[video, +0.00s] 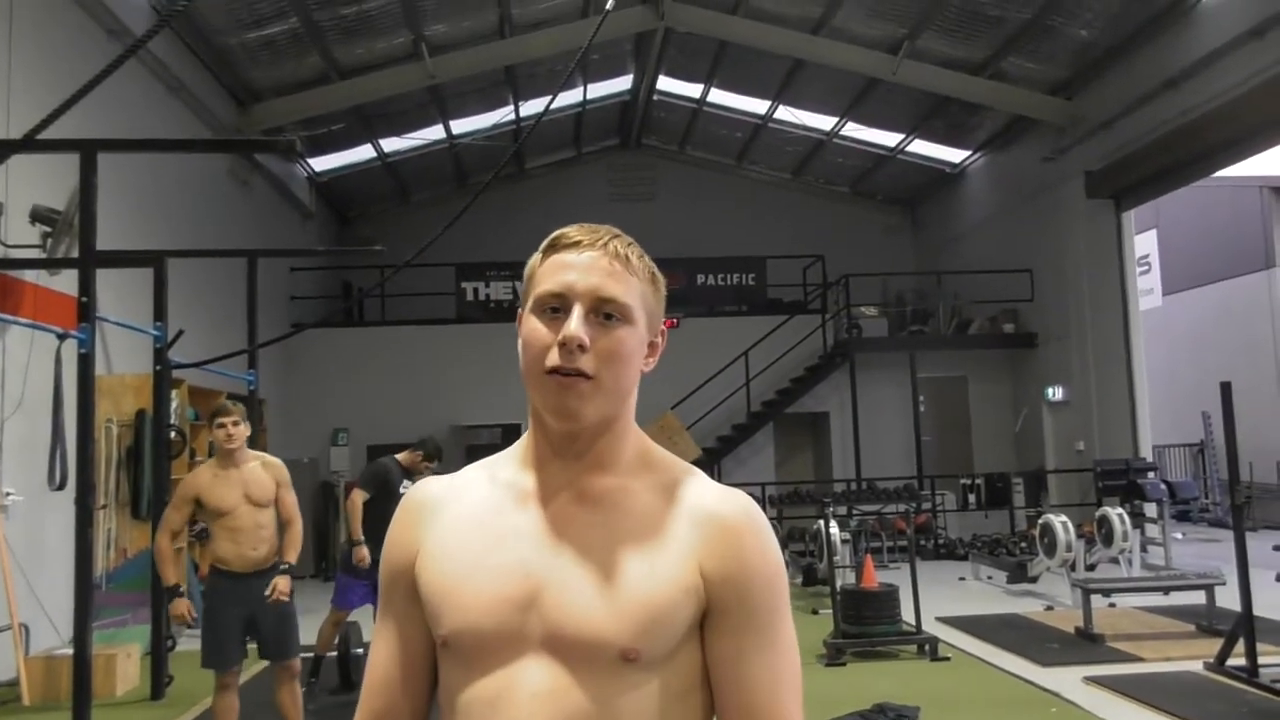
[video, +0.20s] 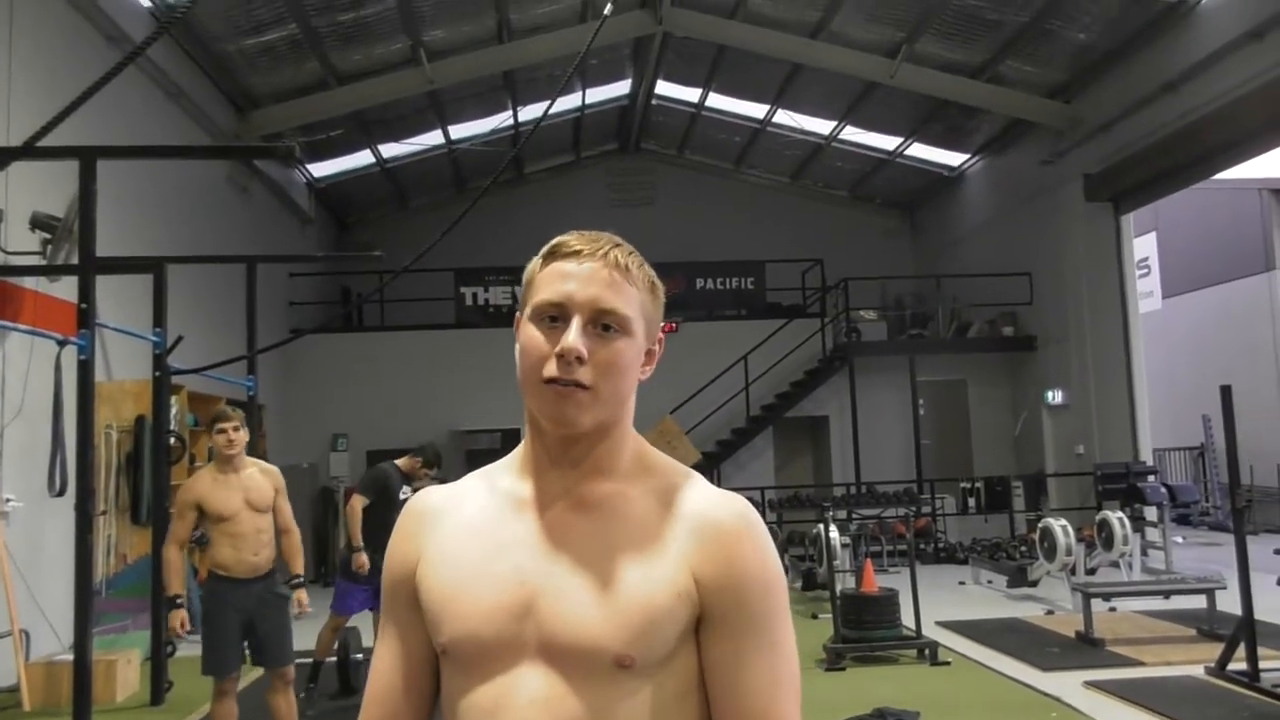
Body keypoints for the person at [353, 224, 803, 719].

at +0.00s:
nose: (572, 335)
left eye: (607, 315)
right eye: (552, 310)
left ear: (652, 349)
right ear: (520, 330)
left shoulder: (724, 529)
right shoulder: (429, 514)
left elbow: (769, 712)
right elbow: (382, 714)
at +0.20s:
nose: (570, 346)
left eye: (606, 326)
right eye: (551, 318)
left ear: (650, 355)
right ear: (518, 333)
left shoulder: (720, 533)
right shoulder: (429, 523)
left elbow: (767, 711)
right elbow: (385, 713)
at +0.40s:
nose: (580, 356)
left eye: (614, 336)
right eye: (560, 326)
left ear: (653, 366)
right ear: (524, 339)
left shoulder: (721, 538)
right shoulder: (426, 527)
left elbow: (764, 712)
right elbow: (387, 714)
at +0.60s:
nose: (590, 358)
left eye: (625, 339)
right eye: (571, 327)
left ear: (659, 374)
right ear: (532, 343)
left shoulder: (726, 541)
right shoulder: (427, 526)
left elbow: (768, 711)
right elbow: (382, 712)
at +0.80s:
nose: (591, 360)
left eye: (625, 342)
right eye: (571, 330)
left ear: (659, 379)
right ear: (533, 348)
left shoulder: (727, 547)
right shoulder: (428, 532)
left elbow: (775, 714)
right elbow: (379, 715)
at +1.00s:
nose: (590, 365)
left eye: (625, 347)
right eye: (571, 335)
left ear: (659, 383)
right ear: (532, 351)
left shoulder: (726, 553)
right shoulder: (425, 537)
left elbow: (773, 713)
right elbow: (380, 714)